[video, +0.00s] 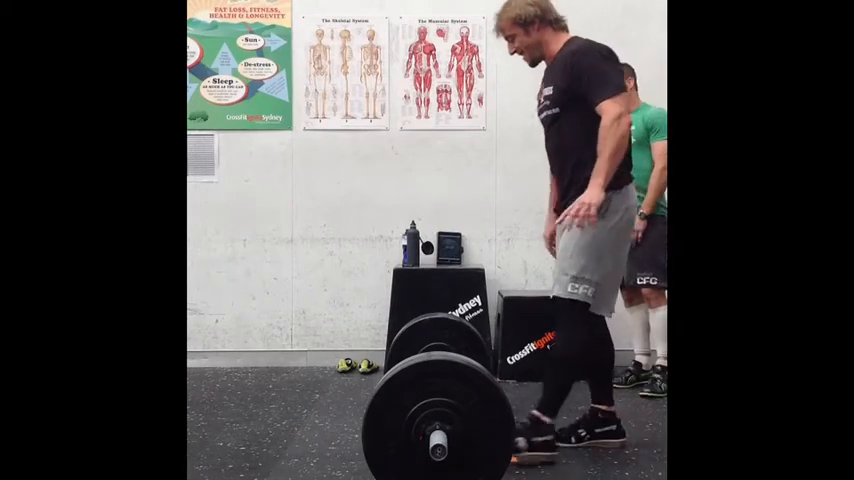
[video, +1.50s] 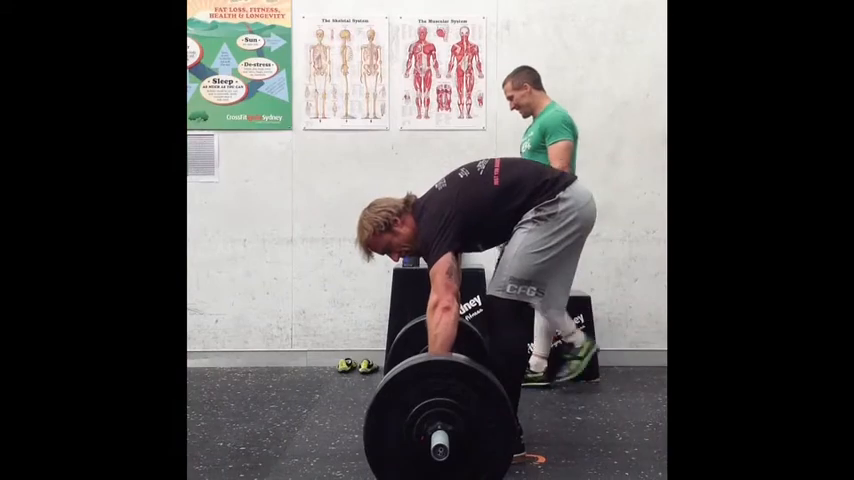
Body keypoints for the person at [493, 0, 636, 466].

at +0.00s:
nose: (511, 49)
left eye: (512, 39)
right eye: (508, 42)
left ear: (534, 25)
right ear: (533, 28)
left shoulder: (586, 55)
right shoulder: (550, 77)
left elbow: (618, 117)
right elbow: (560, 154)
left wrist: (596, 188)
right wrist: (552, 213)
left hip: (601, 200)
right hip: (578, 204)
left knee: (570, 307)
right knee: (586, 313)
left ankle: (541, 423)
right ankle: (603, 414)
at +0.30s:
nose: (439, 95)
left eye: (437, 84)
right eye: (433, 87)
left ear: (456, 66)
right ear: (459, 67)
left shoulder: (501, 92)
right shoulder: (498, 95)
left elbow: (510, 175)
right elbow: (509, 177)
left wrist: (494, 250)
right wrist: (500, 250)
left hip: (573, 205)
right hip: (567, 203)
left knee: (523, 301)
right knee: (538, 298)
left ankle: (507, 429)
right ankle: (570, 397)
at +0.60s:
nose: (398, 211)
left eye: (395, 202)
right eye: (392, 206)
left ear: (409, 182)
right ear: (411, 177)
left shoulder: (453, 184)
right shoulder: (450, 179)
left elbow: (460, 277)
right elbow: (457, 273)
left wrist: (445, 349)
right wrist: (447, 346)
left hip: (570, 207)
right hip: (556, 209)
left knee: (516, 309)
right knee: (512, 307)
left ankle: (511, 436)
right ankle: (507, 431)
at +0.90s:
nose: (394, 254)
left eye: (388, 246)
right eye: (387, 249)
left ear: (399, 227)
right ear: (401, 220)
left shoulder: (439, 218)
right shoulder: (432, 214)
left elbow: (447, 305)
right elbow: (446, 298)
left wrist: (436, 378)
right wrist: (438, 371)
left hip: (563, 208)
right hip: (542, 211)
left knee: (511, 311)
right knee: (500, 308)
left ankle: (504, 433)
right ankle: (495, 426)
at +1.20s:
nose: (394, 259)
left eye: (387, 250)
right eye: (386, 254)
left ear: (397, 228)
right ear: (399, 223)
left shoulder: (435, 219)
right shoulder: (434, 214)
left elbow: (444, 305)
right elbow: (447, 297)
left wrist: (430, 379)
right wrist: (435, 368)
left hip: (556, 204)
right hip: (558, 200)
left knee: (502, 308)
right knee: (503, 307)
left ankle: (504, 433)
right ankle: (502, 428)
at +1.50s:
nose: (396, 258)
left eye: (390, 250)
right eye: (389, 254)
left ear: (399, 224)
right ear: (399, 221)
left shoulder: (435, 220)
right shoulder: (436, 214)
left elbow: (445, 305)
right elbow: (448, 296)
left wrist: (433, 380)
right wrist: (437, 369)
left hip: (557, 205)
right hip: (561, 201)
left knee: (505, 307)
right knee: (507, 306)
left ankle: (504, 435)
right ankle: (501, 429)